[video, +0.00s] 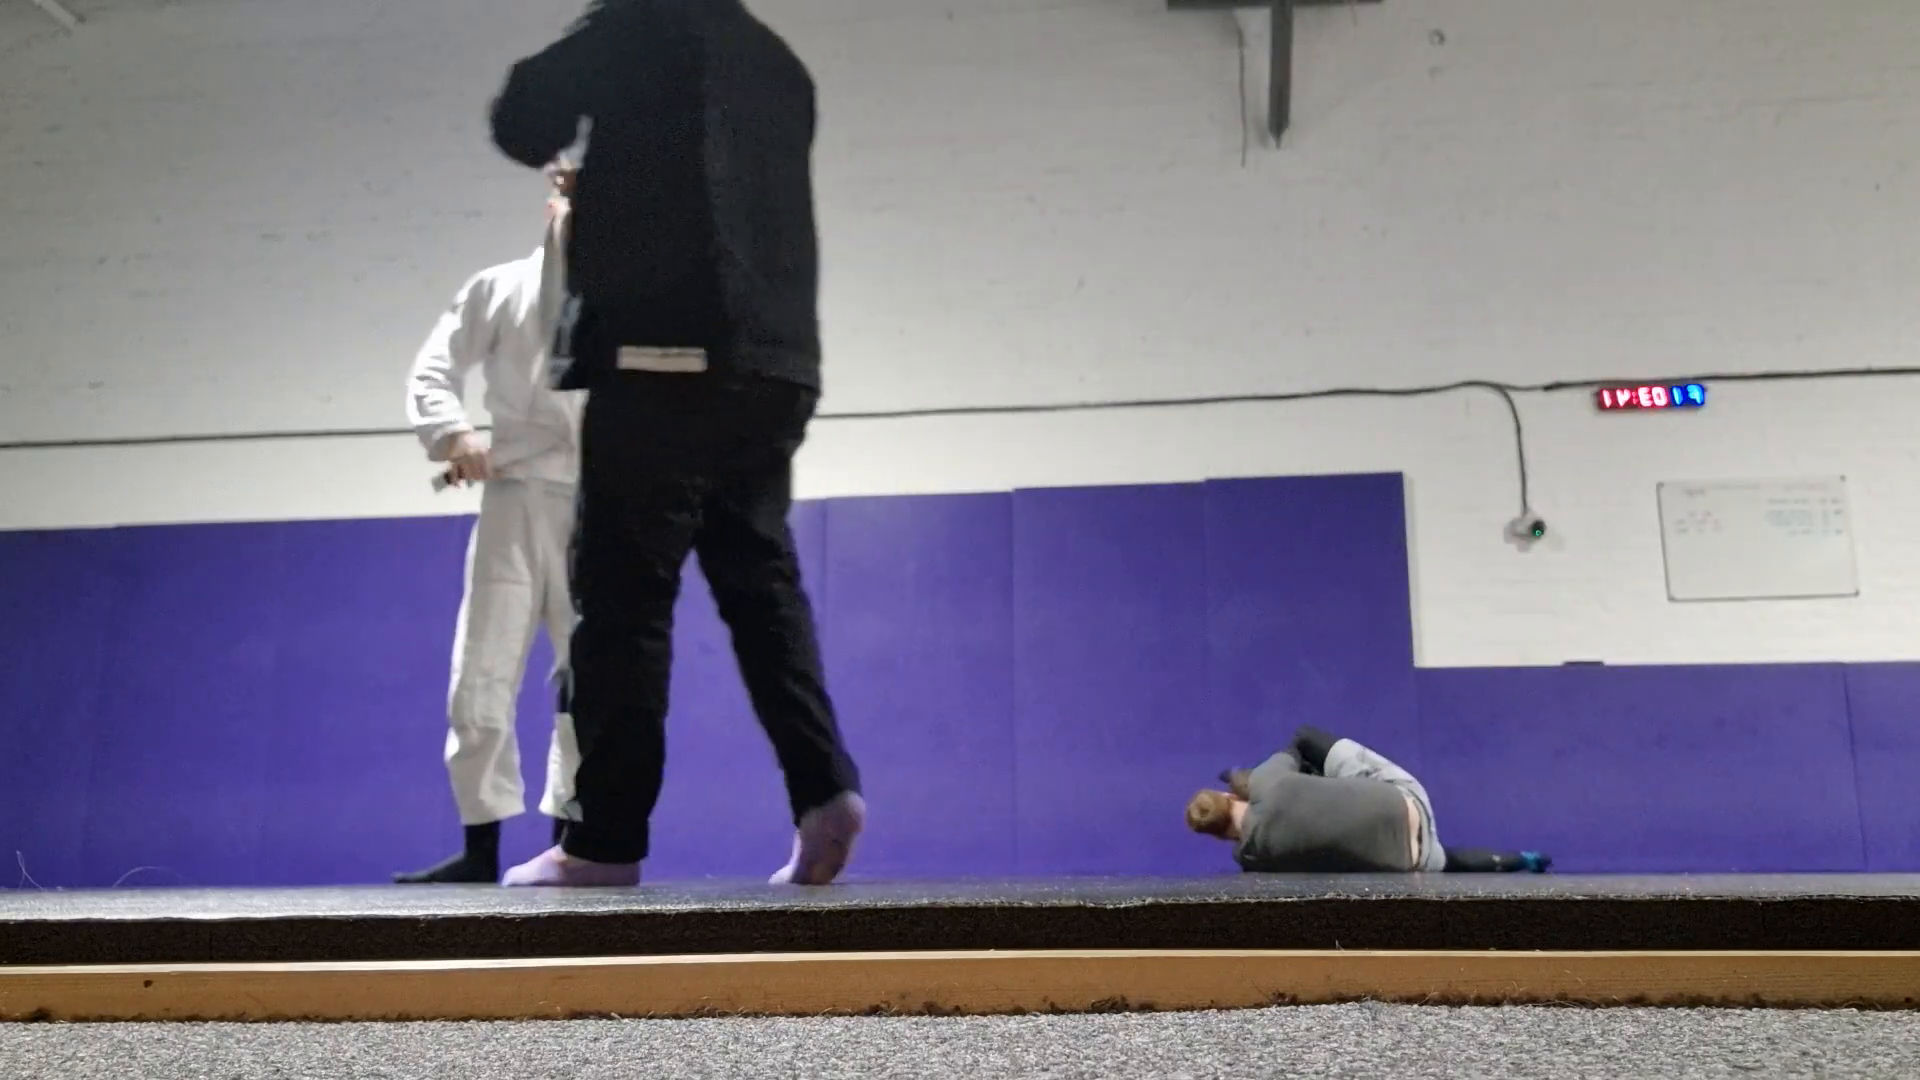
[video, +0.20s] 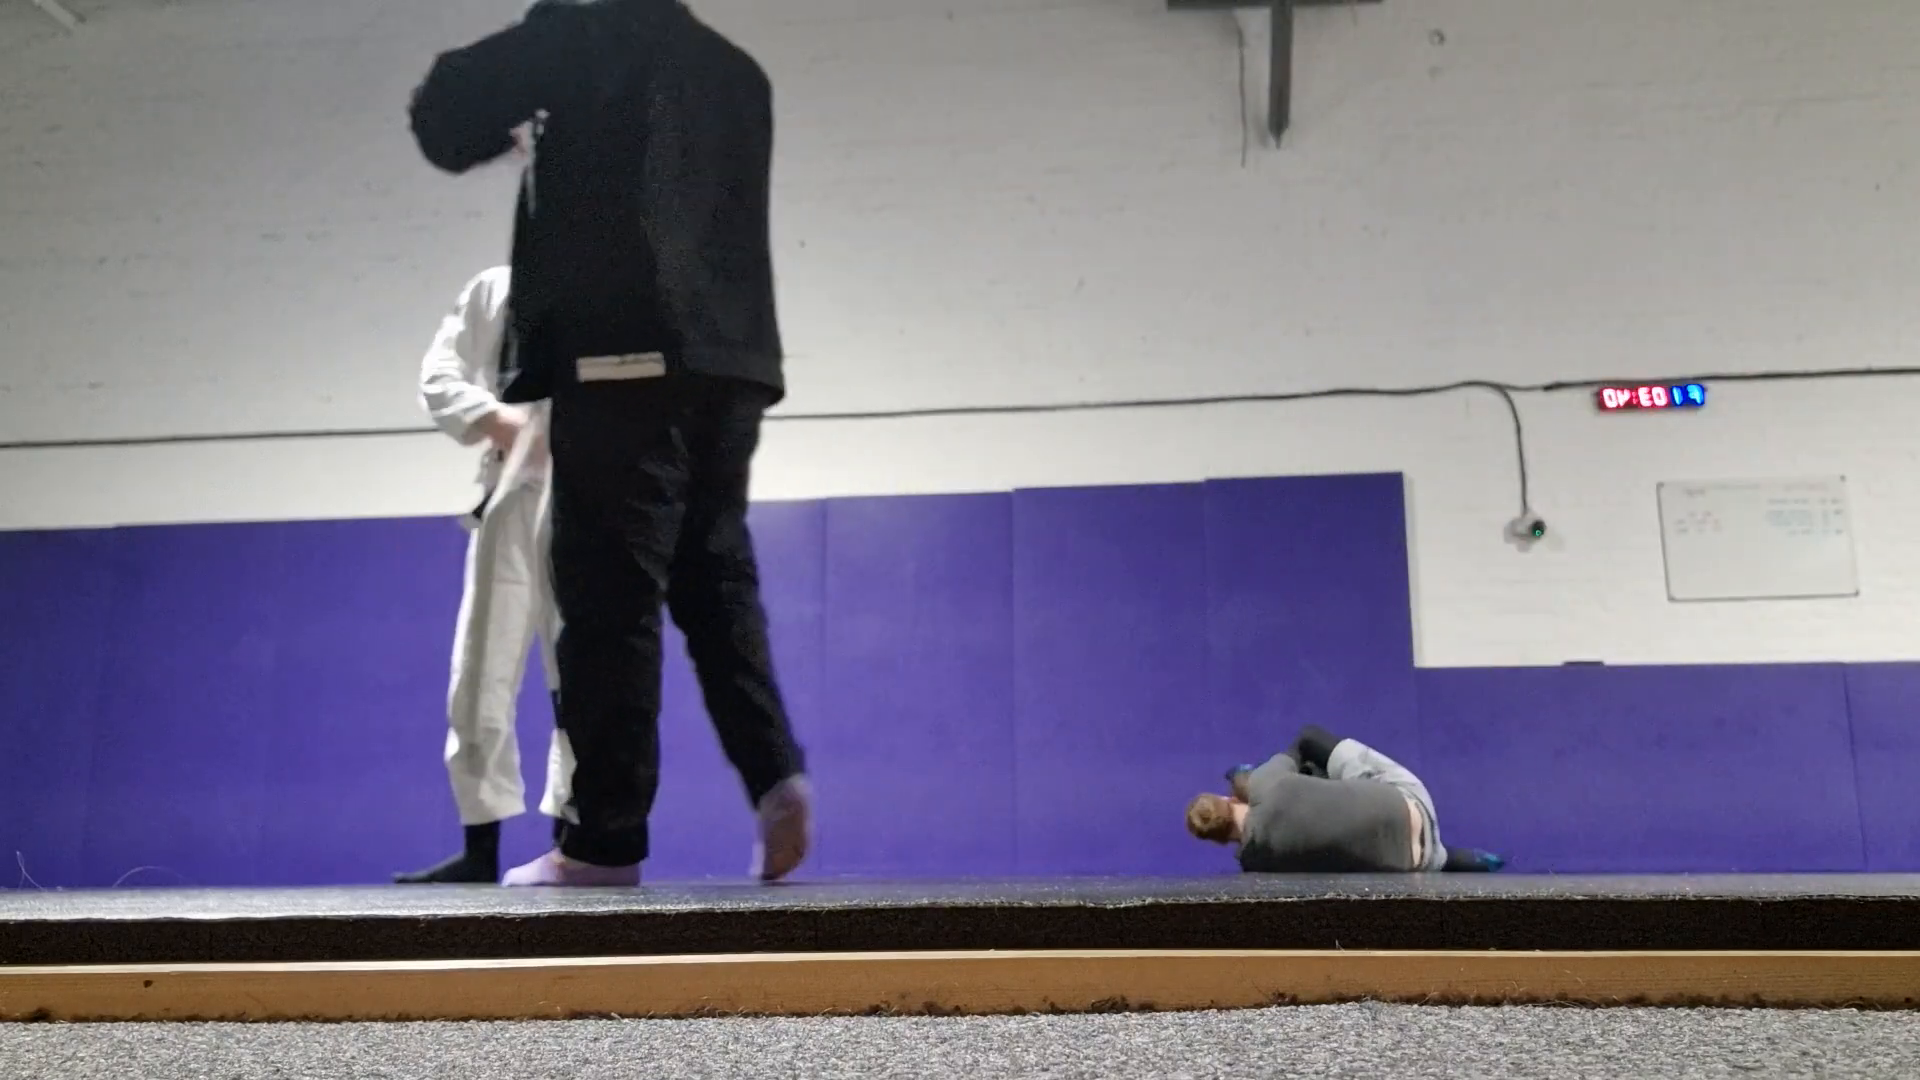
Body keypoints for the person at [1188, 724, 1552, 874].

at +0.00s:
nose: (1226, 796)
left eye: (1212, 818)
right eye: (1222, 793)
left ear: (1218, 836)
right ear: (1229, 791)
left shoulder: (1253, 856)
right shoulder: (1265, 777)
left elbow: (1303, 862)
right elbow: (1302, 743)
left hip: (1413, 859)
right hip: (1410, 803)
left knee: (1444, 858)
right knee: (1312, 738)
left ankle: (1517, 861)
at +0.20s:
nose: (1224, 792)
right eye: (1221, 794)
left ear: (1218, 840)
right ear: (1228, 796)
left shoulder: (1255, 862)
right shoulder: (1265, 781)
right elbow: (1292, 759)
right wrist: (1249, 781)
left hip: (1418, 861)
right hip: (1413, 807)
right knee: (1309, 737)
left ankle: (1471, 860)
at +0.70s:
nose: (1227, 801)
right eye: (1225, 805)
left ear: (1221, 852)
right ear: (1231, 803)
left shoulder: (1258, 864)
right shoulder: (1269, 781)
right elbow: (1291, 760)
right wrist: (1262, 765)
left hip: (1414, 860)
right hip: (1411, 808)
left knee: (1421, 851)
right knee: (1301, 742)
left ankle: (1466, 866)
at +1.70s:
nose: (1233, 790)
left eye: (1222, 826)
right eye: (1229, 791)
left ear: (1225, 840)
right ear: (1238, 794)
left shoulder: (1256, 862)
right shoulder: (1279, 781)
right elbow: (1302, 769)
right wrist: (1257, 783)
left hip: (1417, 862)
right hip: (1416, 808)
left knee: (1447, 855)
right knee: (1337, 730)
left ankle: (1518, 865)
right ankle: (1340, 775)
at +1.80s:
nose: (1232, 799)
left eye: (1220, 822)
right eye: (1230, 796)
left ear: (1226, 836)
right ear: (1239, 791)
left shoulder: (1259, 857)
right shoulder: (1279, 776)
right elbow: (1312, 771)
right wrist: (1274, 777)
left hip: (1421, 861)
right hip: (1423, 807)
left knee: (1447, 855)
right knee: (1323, 737)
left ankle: (1523, 865)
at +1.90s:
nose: (1231, 796)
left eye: (1218, 814)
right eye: (1229, 793)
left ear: (1226, 834)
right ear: (1238, 789)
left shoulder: (1257, 858)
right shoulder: (1280, 777)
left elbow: (1250, 850)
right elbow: (1313, 763)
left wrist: (1252, 816)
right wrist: (1261, 777)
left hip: (1419, 860)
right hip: (1418, 805)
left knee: (1446, 856)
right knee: (1317, 738)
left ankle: (1522, 864)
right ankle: (1264, 752)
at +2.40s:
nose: (1234, 791)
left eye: (1221, 829)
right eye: (1232, 792)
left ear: (1225, 842)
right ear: (1241, 794)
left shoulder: (1258, 864)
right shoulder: (1279, 785)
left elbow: (1248, 845)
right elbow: (1295, 766)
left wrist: (1242, 829)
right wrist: (1256, 789)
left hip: (1415, 860)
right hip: (1415, 807)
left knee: (1428, 858)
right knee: (1308, 737)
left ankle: (1505, 861)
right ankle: (1269, 745)